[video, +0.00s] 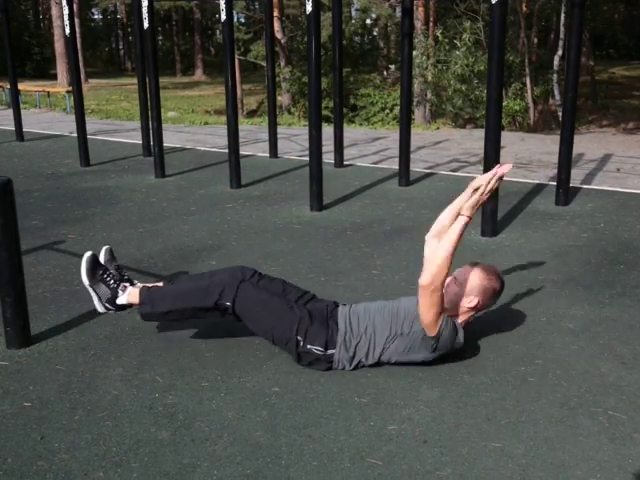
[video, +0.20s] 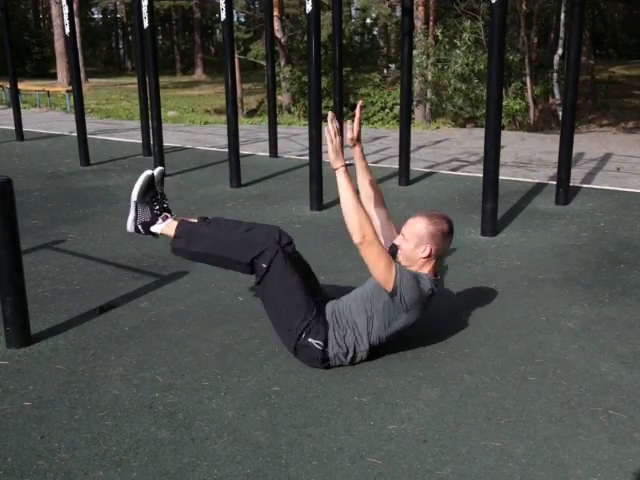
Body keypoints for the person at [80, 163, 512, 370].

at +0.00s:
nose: (454, 276)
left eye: (463, 278)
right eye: (463, 274)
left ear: (470, 300)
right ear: (469, 297)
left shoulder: (438, 333)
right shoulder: (442, 314)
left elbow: (433, 263)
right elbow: (435, 246)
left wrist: (469, 205)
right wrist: (470, 195)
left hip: (321, 336)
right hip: (325, 317)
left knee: (233, 283)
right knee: (238, 277)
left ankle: (123, 297)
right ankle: (140, 288)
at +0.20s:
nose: (398, 236)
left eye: (407, 235)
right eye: (404, 231)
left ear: (427, 255)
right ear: (426, 252)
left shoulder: (410, 288)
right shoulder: (418, 275)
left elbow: (360, 235)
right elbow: (377, 209)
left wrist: (339, 167)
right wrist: (357, 150)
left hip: (317, 340)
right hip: (324, 321)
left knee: (269, 247)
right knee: (274, 240)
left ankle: (159, 224)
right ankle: (177, 221)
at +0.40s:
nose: (343, 222)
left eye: (347, 217)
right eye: (345, 214)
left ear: (367, 229)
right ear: (371, 227)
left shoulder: (381, 259)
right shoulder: (386, 244)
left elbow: (322, 211)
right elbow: (331, 194)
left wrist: (280, 147)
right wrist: (286, 148)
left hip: (328, 345)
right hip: (338, 329)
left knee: (312, 243)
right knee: (312, 229)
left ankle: (217, 177)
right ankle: (227, 176)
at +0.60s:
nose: (369, 224)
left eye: (374, 220)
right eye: (371, 217)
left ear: (395, 233)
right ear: (401, 232)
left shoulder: (397, 271)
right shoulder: (406, 258)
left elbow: (343, 226)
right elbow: (354, 201)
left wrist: (308, 159)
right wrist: (318, 158)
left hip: (325, 342)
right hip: (334, 325)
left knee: (292, 240)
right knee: (293, 233)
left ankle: (186, 191)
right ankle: (198, 184)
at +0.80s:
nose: (437, 251)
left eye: (445, 249)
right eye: (440, 246)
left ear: (452, 269)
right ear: (447, 263)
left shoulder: (438, 315)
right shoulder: (432, 288)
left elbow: (434, 271)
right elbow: (422, 227)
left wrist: (454, 205)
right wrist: (437, 180)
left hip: (324, 337)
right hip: (330, 314)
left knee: (240, 268)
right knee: (246, 258)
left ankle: (123, 262)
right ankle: (139, 247)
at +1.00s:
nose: (462, 281)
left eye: (472, 283)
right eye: (468, 279)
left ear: (479, 309)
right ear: (466, 292)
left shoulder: (449, 341)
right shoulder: (442, 311)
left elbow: (508, 334)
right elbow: (487, 267)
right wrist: (545, 260)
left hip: (326, 333)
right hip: (327, 312)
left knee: (230, 297)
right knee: (231, 287)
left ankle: (119, 315)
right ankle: (128, 307)